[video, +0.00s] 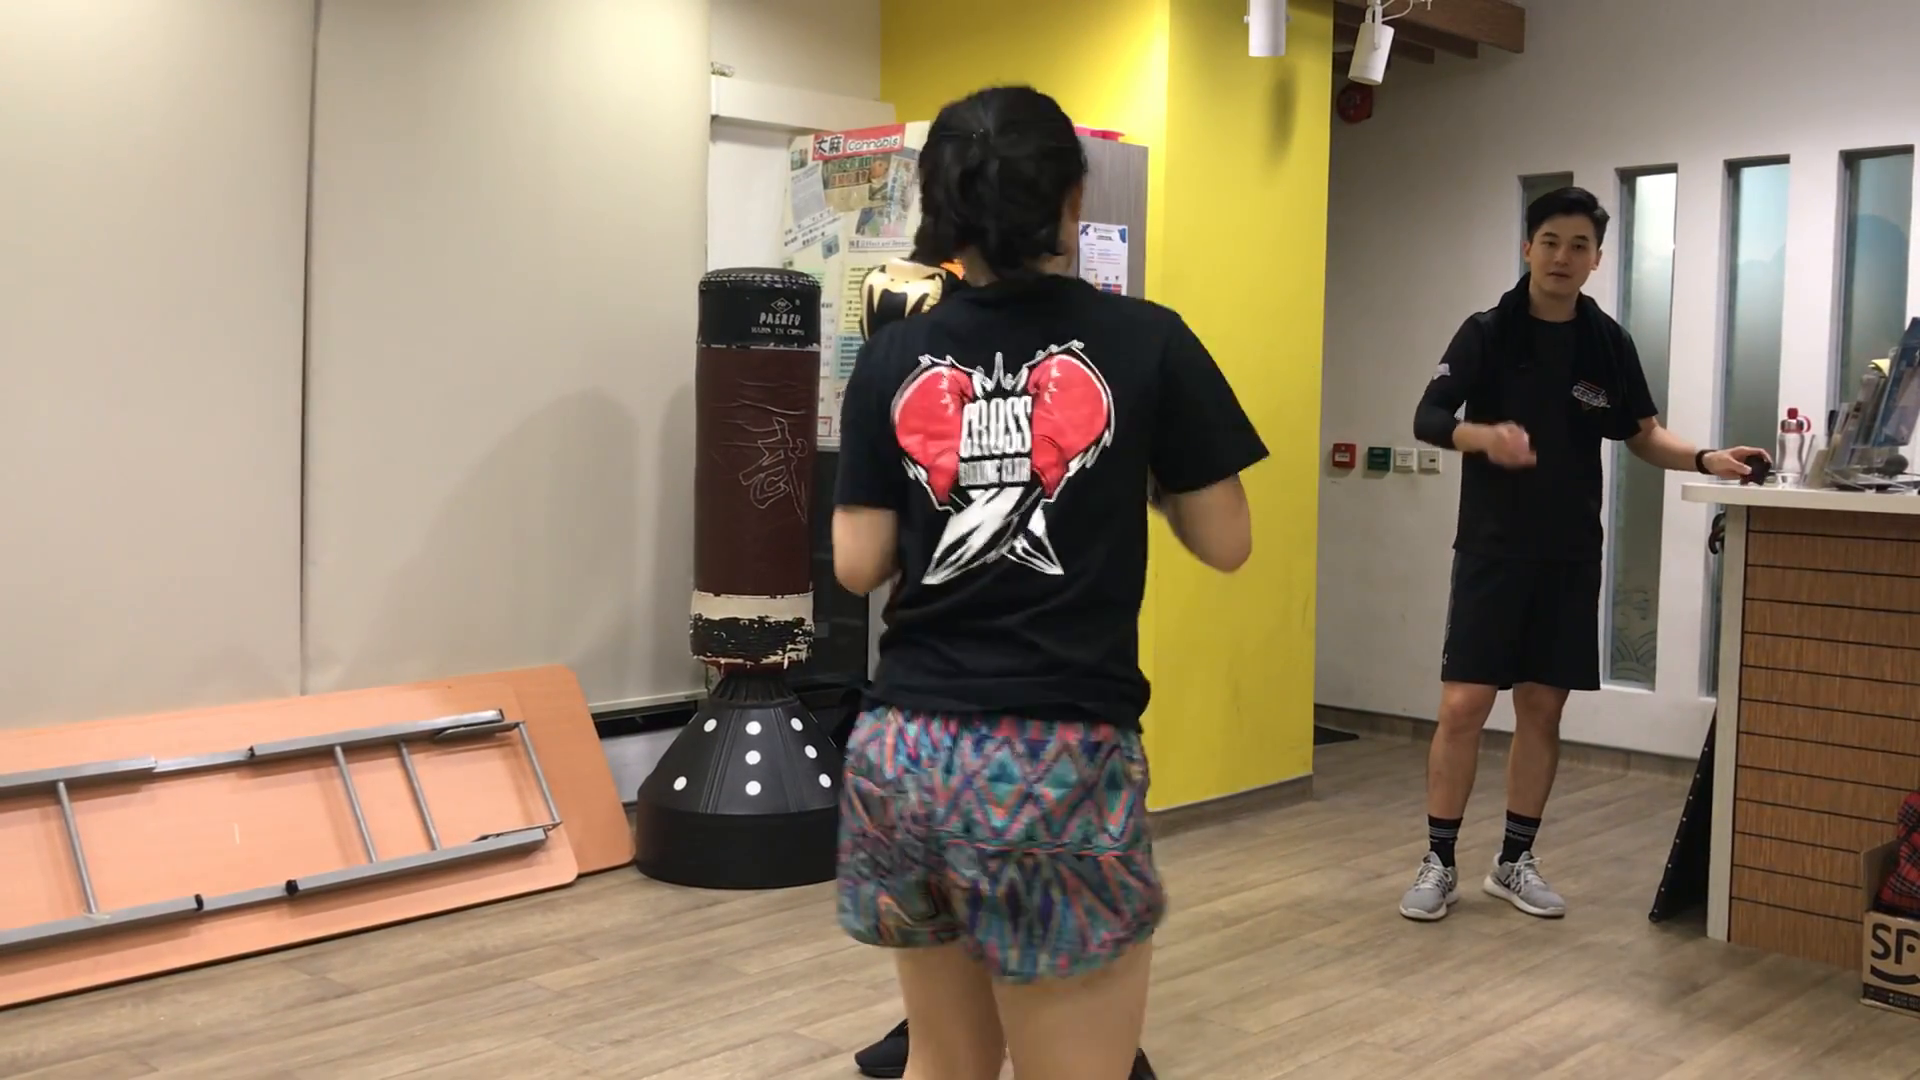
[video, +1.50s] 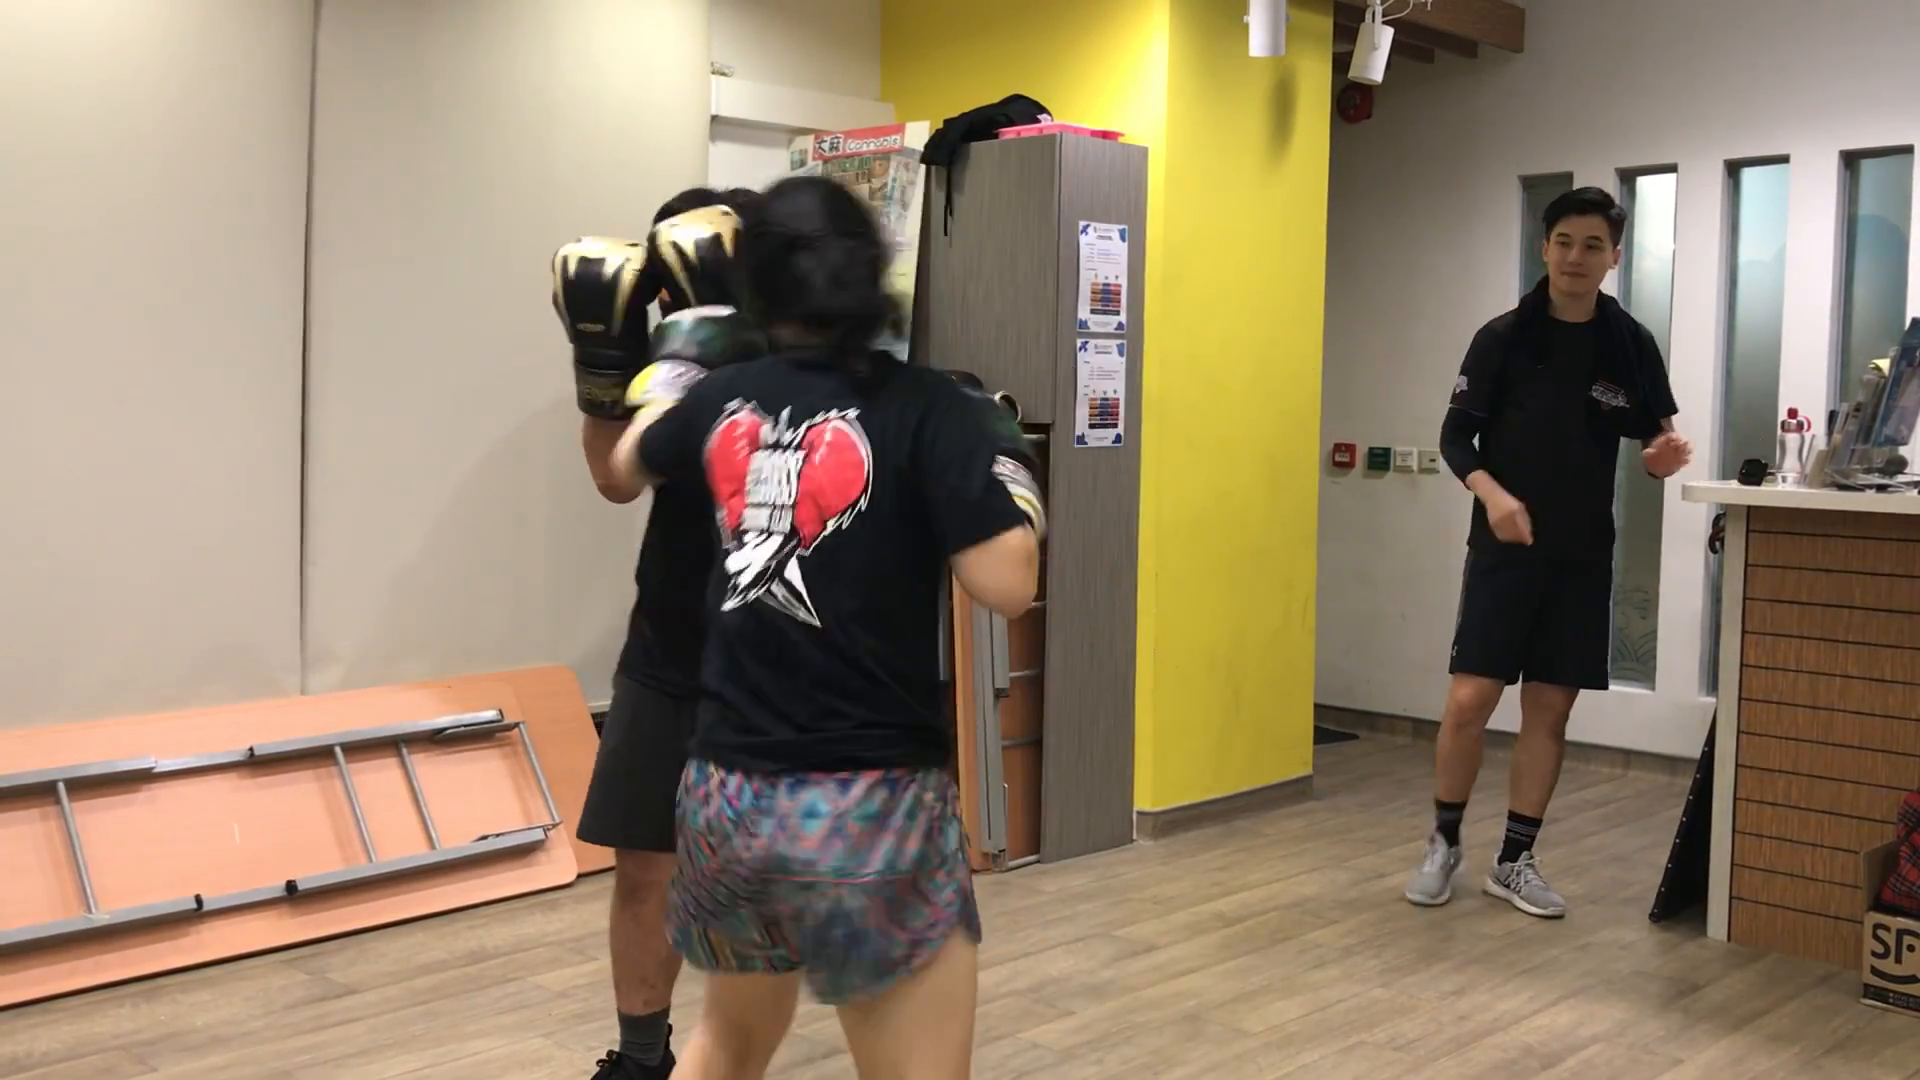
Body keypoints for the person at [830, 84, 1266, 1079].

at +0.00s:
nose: (1087, 200)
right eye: (1082, 185)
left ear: (941, 210)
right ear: (1071, 203)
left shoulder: (896, 349)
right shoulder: (1145, 340)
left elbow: (858, 563)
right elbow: (1226, 540)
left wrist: (943, 473)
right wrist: (1135, 441)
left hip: (900, 747)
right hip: (1062, 758)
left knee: (944, 1064)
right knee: (1083, 1067)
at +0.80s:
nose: (1067, 265)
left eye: (1063, 246)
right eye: (1062, 247)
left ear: (941, 262)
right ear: (1038, 263)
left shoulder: (913, 364)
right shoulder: (1025, 374)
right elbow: (1112, 574)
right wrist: (1144, 458)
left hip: (817, 751)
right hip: (917, 775)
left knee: (855, 1062)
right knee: (1020, 1061)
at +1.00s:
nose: (1042, 279)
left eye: (1039, 259)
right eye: (1040, 260)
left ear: (907, 262)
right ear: (1021, 266)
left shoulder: (854, 373)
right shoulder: (1040, 385)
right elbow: (1096, 597)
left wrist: (1035, 526)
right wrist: (1111, 478)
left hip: (776, 745)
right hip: (911, 771)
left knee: (806, 1057)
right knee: (979, 1062)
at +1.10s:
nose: (1057, 272)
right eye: (1049, 256)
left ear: (912, 280)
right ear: (1041, 277)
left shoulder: (849, 382)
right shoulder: (1060, 405)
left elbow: (748, 533)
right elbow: (1155, 609)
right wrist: (1137, 456)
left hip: (767, 769)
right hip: (905, 803)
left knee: (826, 1053)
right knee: (943, 1063)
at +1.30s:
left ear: (878, 257)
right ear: (1002, 252)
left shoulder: (817, 364)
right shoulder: (1030, 388)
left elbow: (660, 466)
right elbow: (1087, 588)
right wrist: (1107, 466)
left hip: (756, 738)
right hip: (887, 779)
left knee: (781, 1019)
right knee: (914, 1063)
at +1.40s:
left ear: (834, 261)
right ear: (953, 250)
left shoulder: (793, 373)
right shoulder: (982, 386)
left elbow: (675, 412)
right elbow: (1027, 574)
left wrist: (726, 352)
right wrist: (1064, 487)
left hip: (739, 741)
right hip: (871, 774)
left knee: (754, 1018)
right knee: (905, 1062)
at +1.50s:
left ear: (757, 286)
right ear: (875, 277)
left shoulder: (719, 399)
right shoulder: (928, 409)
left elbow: (622, 467)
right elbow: (1006, 582)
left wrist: (664, 373)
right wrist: (1011, 477)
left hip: (725, 793)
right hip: (874, 805)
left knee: (726, 1040)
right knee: (918, 1064)